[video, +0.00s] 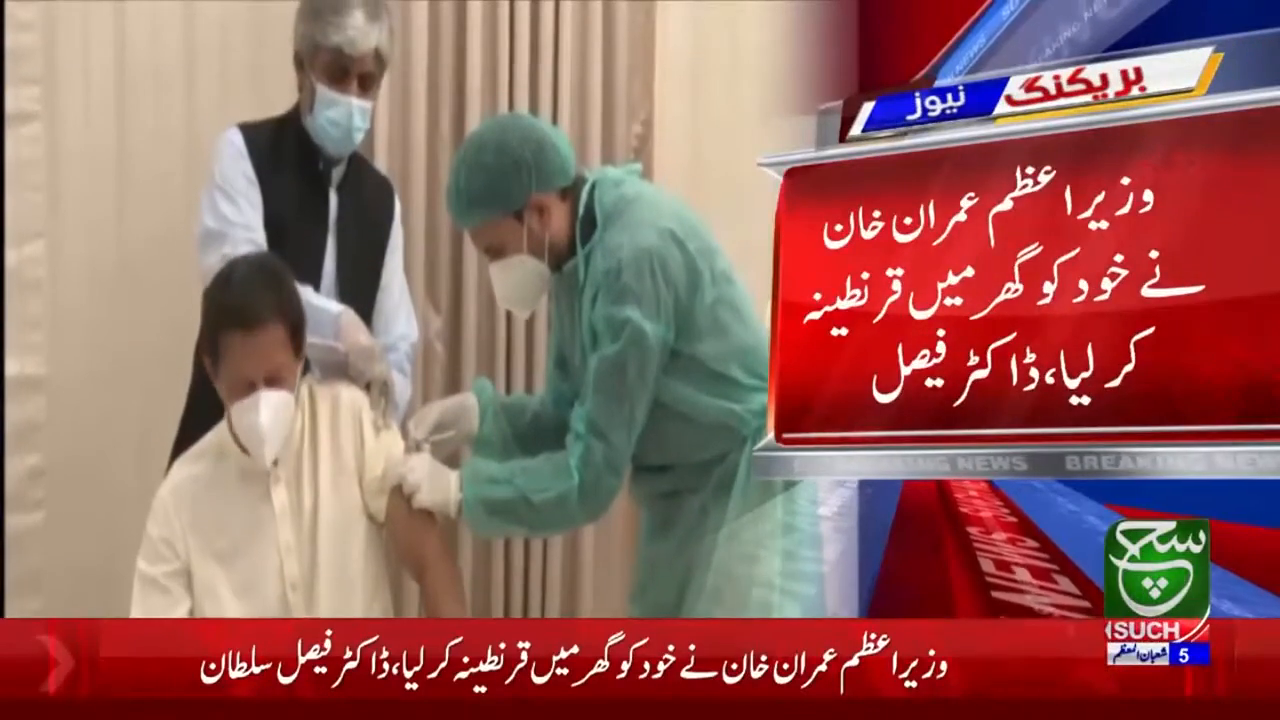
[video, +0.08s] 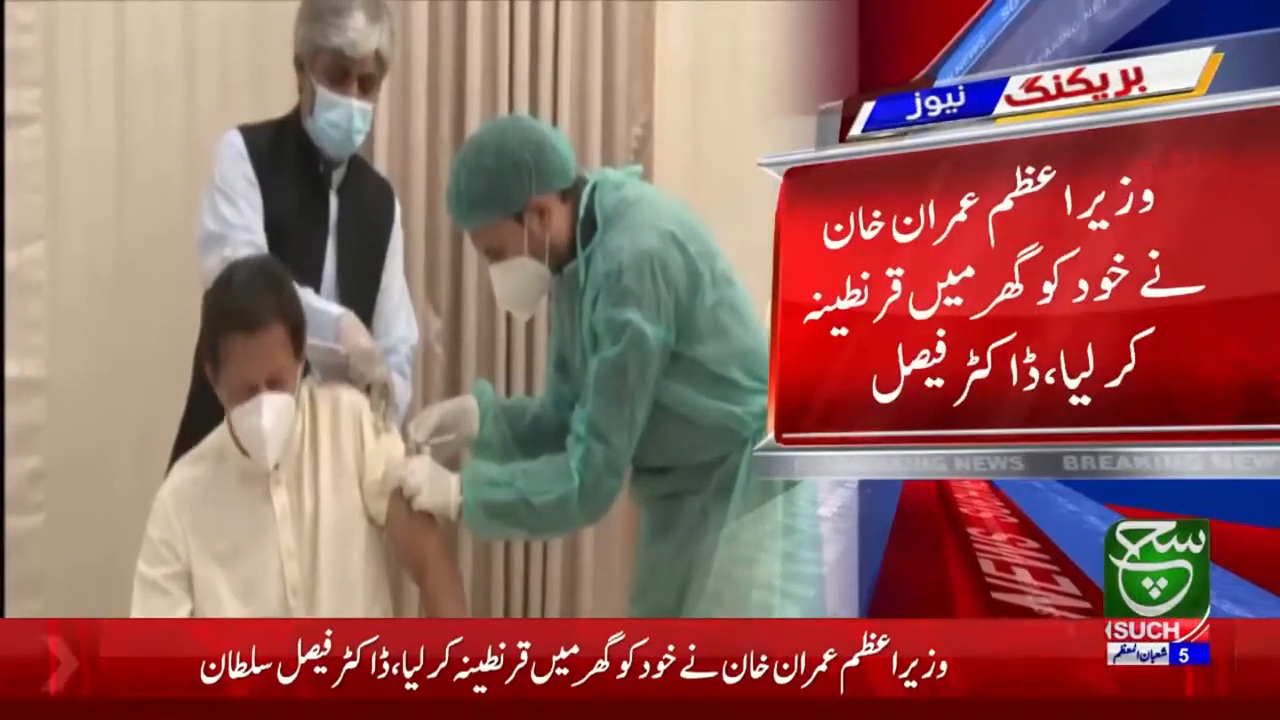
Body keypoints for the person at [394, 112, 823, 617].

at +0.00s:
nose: (495, 269)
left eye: (497, 252)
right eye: (487, 255)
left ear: (542, 213)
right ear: (544, 212)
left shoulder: (634, 251)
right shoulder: (581, 247)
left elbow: (589, 478)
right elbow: (568, 418)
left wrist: (456, 490)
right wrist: (480, 418)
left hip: (750, 480)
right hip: (677, 488)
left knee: (737, 664)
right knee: (658, 661)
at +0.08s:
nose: (496, 271)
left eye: (498, 254)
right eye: (487, 257)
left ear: (542, 214)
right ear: (544, 214)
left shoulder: (635, 252)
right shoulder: (580, 249)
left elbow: (589, 481)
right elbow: (567, 419)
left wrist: (457, 493)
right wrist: (481, 421)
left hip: (752, 481)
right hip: (676, 488)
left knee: (736, 667)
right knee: (657, 663)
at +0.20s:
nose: (496, 271)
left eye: (498, 254)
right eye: (488, 257)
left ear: (543, 216)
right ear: (545, 215)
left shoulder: (636, 254)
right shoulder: (581, 250)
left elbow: (589, 482)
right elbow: (567, 421)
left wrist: (457, 494)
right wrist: (480, 422)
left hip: (751, 483)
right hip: (677, 490)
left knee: (735, 667)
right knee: (658, 663)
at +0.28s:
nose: (496, 273)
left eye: (498, 256)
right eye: (488, 259)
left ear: (543, 217)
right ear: (545, 217)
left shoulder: (635, 255)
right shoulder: (581, 250)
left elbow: (590, 482)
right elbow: (566, 421)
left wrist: (460, 496)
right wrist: (482, 424)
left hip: (745, 488)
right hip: (674, 492)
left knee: (732, 672)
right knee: (656, 669)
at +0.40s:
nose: (496, 275)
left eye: (499, 258)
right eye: (488, 261)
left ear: (543, 219)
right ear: (543, 219)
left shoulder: (635, 259)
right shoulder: (580, 252)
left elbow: (591, 484)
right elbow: (567, 422)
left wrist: (460, 499)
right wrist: (482, 424)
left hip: (747, 489)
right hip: (675, 495)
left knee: (747, 674)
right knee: (658, 672)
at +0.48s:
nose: (496, 276)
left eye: (499, 259)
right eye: (488, 262)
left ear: (543, 219)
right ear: (543, 219)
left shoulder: (635, 259)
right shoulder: (581, 251)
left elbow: (591, 486)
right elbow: (569, 422)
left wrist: (461, 500)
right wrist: (485, 425)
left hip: (747, 489)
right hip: (674, 495)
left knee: (746, 673)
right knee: (660, 671)